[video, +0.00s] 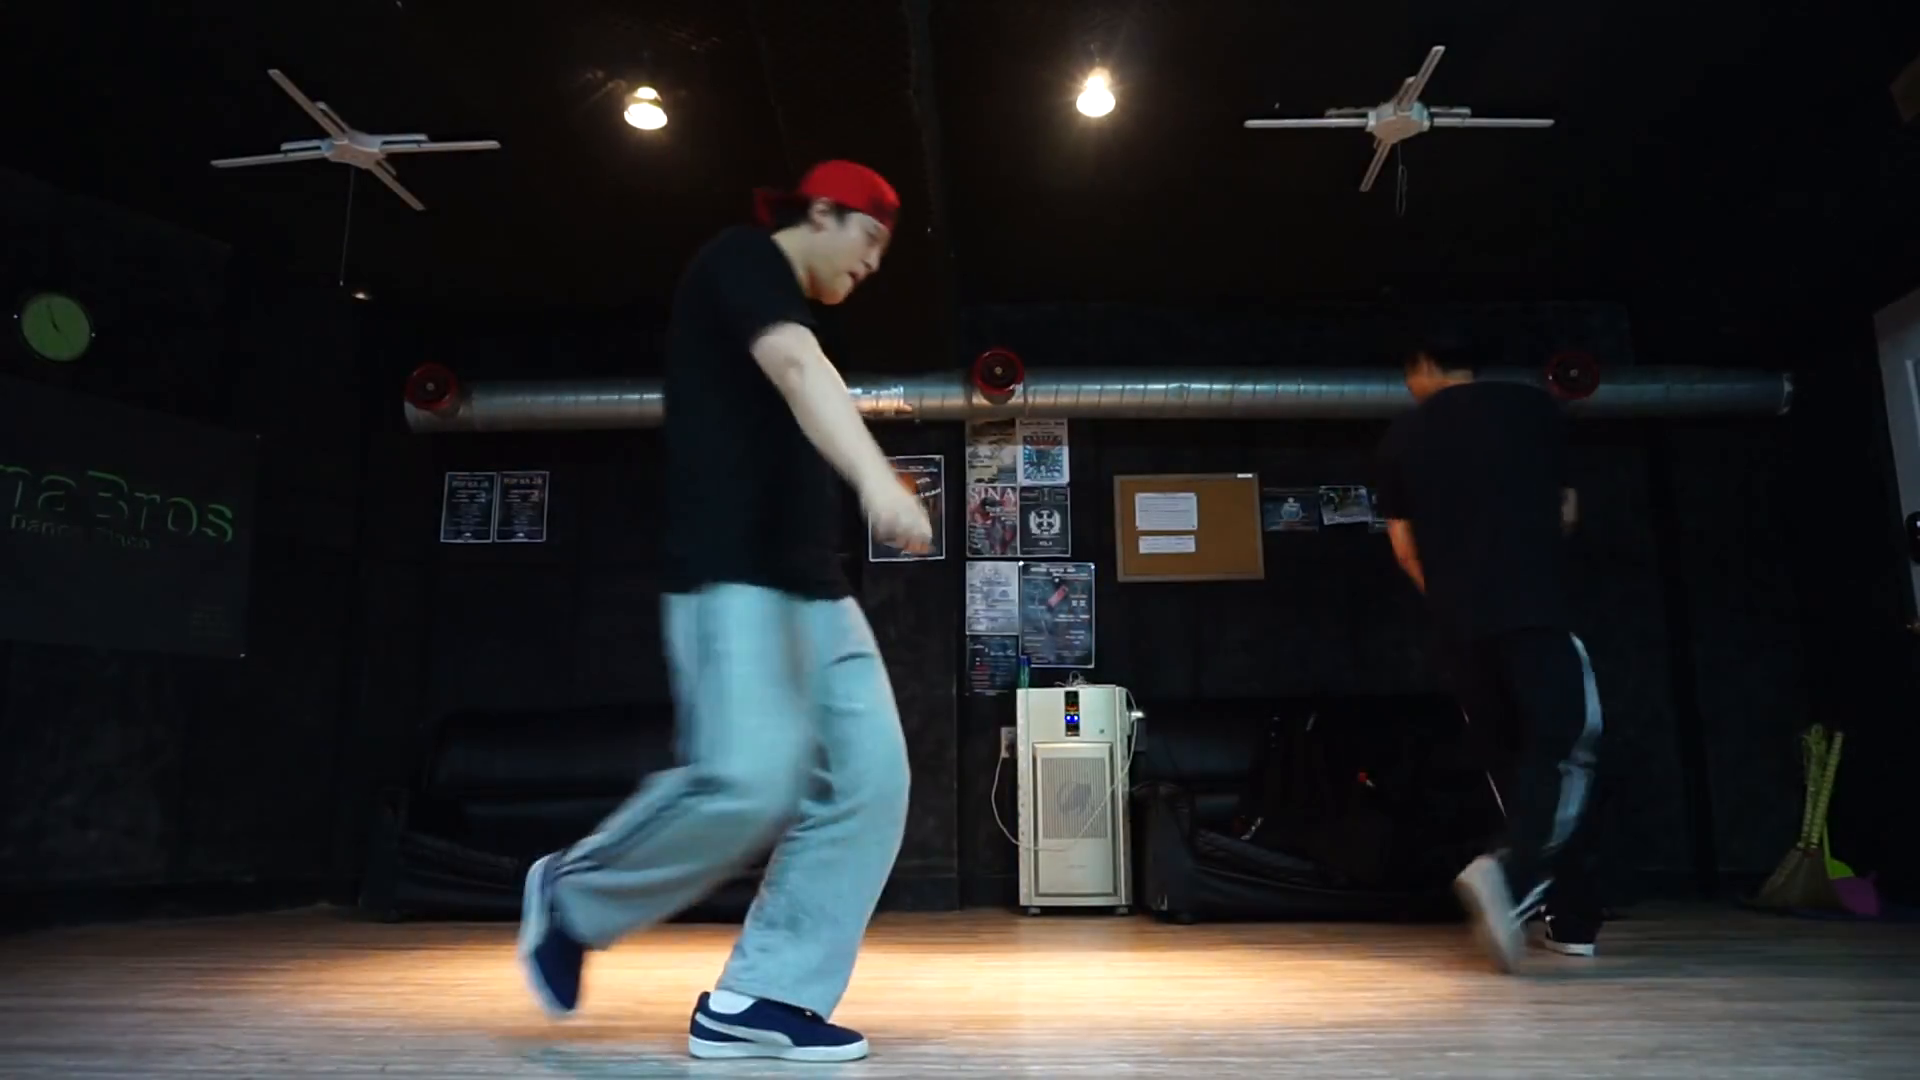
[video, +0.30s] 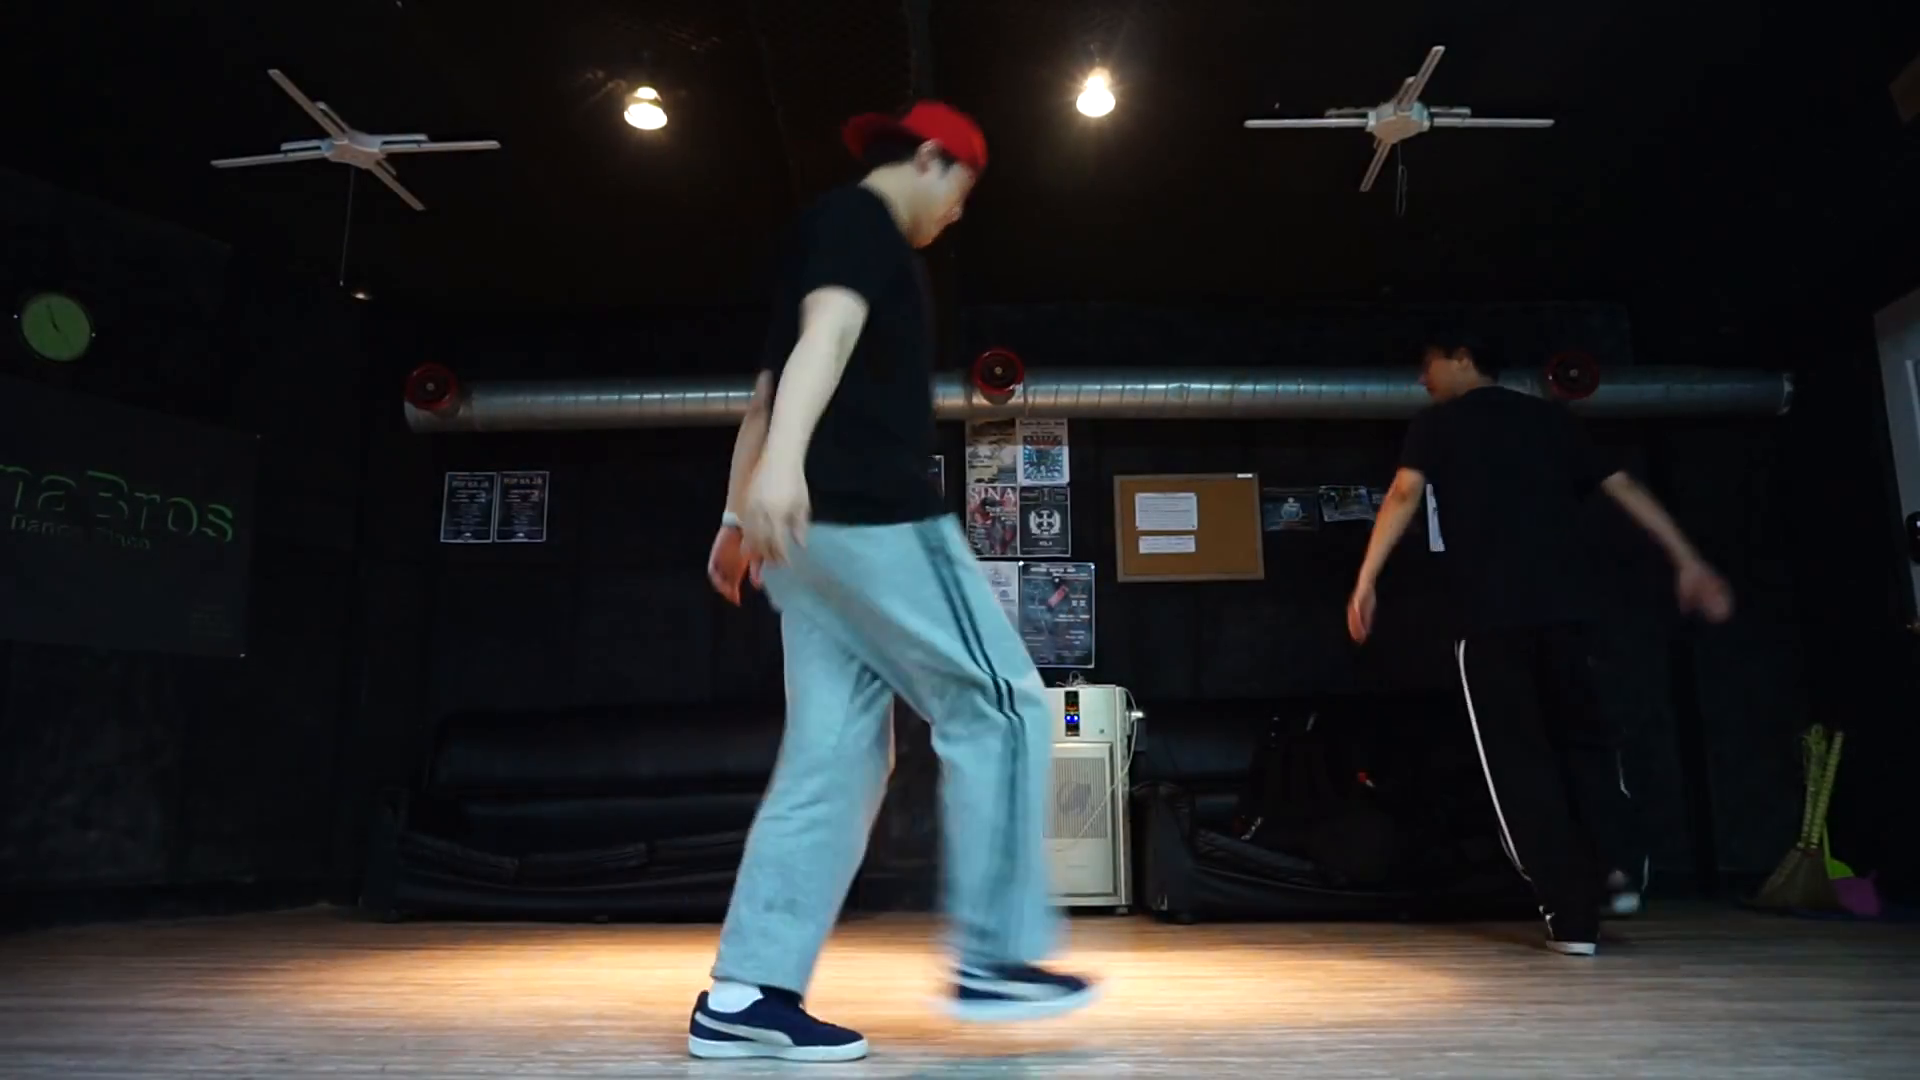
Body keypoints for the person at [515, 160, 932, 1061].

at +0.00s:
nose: (870, 266)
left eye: (877, 253)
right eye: (868, 244)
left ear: (838, 232)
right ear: (823, 216)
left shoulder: (793, 317)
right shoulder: (741, 259)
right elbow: (798, 367)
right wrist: (878, 481)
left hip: (814, 589)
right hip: (729, 583)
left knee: (867, 788)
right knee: (750, 782)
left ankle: (760, 1001)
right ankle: (569, 900)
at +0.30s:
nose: (955, 214)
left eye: (964, 198)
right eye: (960, 192)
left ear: (909, 160)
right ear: (930, 162)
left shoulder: (830, 234)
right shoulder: (864, 222)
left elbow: (768, 393)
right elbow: (824, 336)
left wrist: (739, 515)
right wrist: (783, 464)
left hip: (809, 528)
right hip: (878, 523)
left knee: (831, 761)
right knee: (1004, 709)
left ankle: (748, 994)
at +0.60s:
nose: (1080, 252)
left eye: (1084, 237)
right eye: (1081, 232)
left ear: (1003, 204)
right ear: (1055, 208)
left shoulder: (938, 275)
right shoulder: (1013, 252)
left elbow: (858, 395)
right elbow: (974, 303)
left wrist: (789, 475)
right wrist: (960, 340)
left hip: (912, 575)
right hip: (1004, 569)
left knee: (949, 787)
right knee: (1073, 777)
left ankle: (810, 944)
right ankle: (1057, 999)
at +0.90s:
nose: (1103, 245)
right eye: (1102, 233)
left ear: (1011, 228)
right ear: (1091, 222)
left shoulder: (962, 288)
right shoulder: (1099, 262)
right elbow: (1209, 361)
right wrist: (1344, 442)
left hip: (980, 564)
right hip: (1077, 549)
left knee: (1051, 754)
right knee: (1114, 767)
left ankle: (1059, 965)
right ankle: (1059, 996)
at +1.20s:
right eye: (1096, 259)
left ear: (1023, 276)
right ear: (1098, 261)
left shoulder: (995, 330)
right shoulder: (1148, 304)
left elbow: (1017, 421)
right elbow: (1150, 402)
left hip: (1028, 574)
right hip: (1132, 561)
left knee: (1079, 781)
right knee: (1130, 774)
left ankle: (1135, 961)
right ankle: (1060, 961)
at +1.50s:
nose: (1038, 320)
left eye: (1034, 309)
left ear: (1037, 307)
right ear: (1110, 299)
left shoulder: (1015, 355)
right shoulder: (1167, 356)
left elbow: (987, 461)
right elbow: (1202, 479)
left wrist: (1035, 433)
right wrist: (1247, 582)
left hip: (1051, 595)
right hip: (1147, 594)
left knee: (1073, 781)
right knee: (1148, 746)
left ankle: (1131, 962)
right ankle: (1176, 888)